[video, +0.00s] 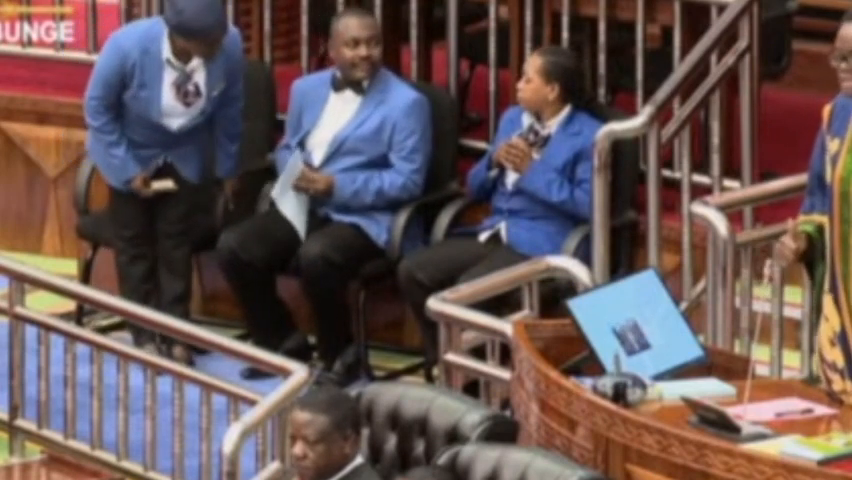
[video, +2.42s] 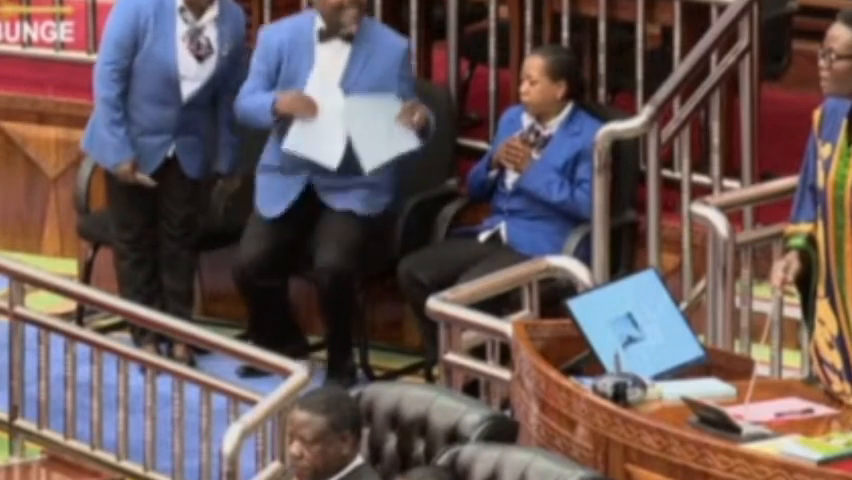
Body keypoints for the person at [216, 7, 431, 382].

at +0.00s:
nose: (363, 53)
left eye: (370, 43)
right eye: (352, 45)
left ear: (381, 47)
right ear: (331, 50)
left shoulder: (406, 103)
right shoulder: (305, 90)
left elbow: (408, 182)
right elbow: (285, 148)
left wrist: (334, 187)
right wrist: (296, 172)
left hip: (365, 219)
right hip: (300, 210)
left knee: (317, 258)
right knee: (236, 249)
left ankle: (339, 358)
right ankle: (282, 344)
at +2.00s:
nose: (329, 77)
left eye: (335, 65)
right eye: (316, 68)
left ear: (345, 65)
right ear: (296, 73)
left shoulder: (375, 116)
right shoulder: (268, 106)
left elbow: (391, 190)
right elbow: (249, 166)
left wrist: (338, 195)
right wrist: (259, 186)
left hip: (346, 223)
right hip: (284, 221)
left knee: (324, 260)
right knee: (234, 258)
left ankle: (337, 361)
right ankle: (280, 345)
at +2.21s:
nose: (331, 47)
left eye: (337, 36)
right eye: (319, 39)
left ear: (347, 36)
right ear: (297, 43)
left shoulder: (377, 89)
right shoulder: (262, 78)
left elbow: (399, 152)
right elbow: (232, 136)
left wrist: (390, 167)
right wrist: (252, 146)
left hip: (347, 204)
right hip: (282, 200)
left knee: (325, 264)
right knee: (238, 266)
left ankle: (337, 364)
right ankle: (281, 351)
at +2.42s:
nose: (354, 9)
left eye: (359, 3)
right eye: (344, 3)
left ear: (366, 4)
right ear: (317, 5)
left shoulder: (392, 48)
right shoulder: (278, 37)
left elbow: (406, 126)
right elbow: (245, 104)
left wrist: (418, 120)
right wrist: (277, 104)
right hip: (288, 179)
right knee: (253, 264)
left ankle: (340, 365)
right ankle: (282, 350)